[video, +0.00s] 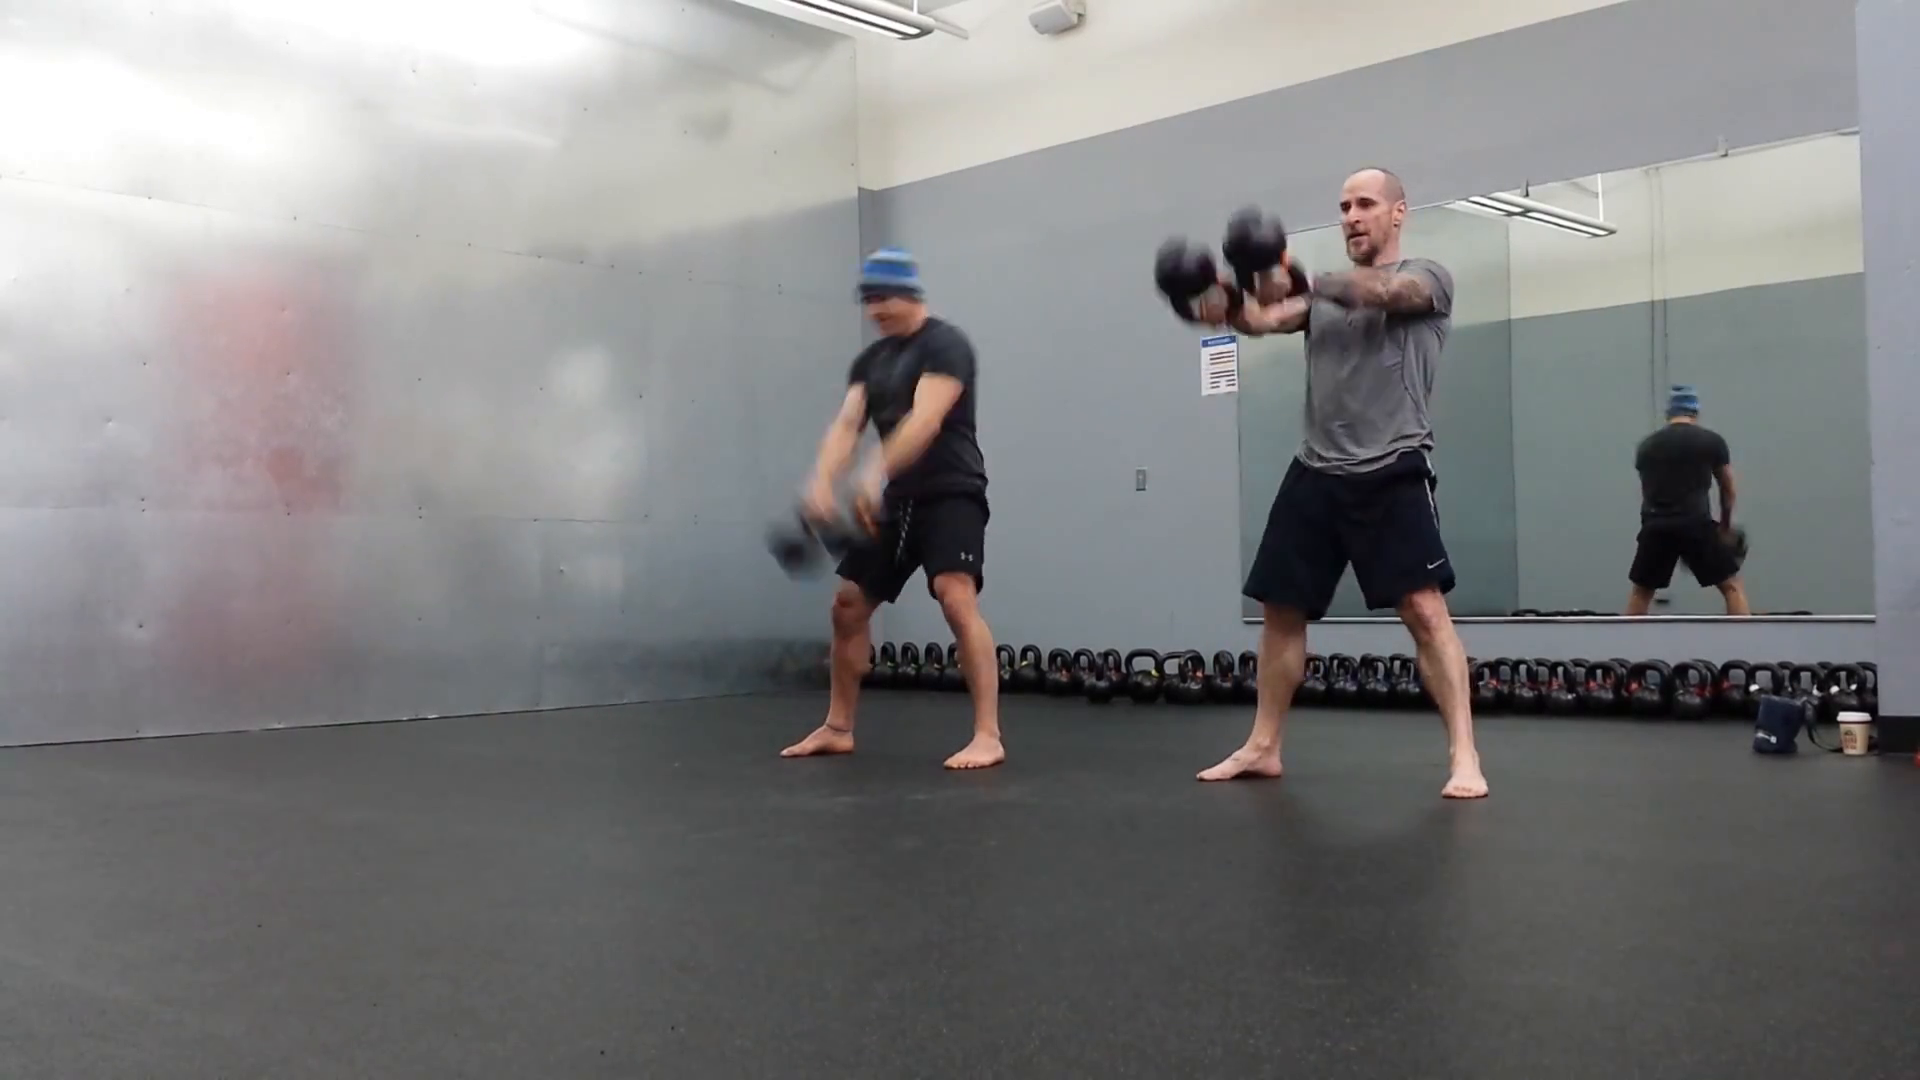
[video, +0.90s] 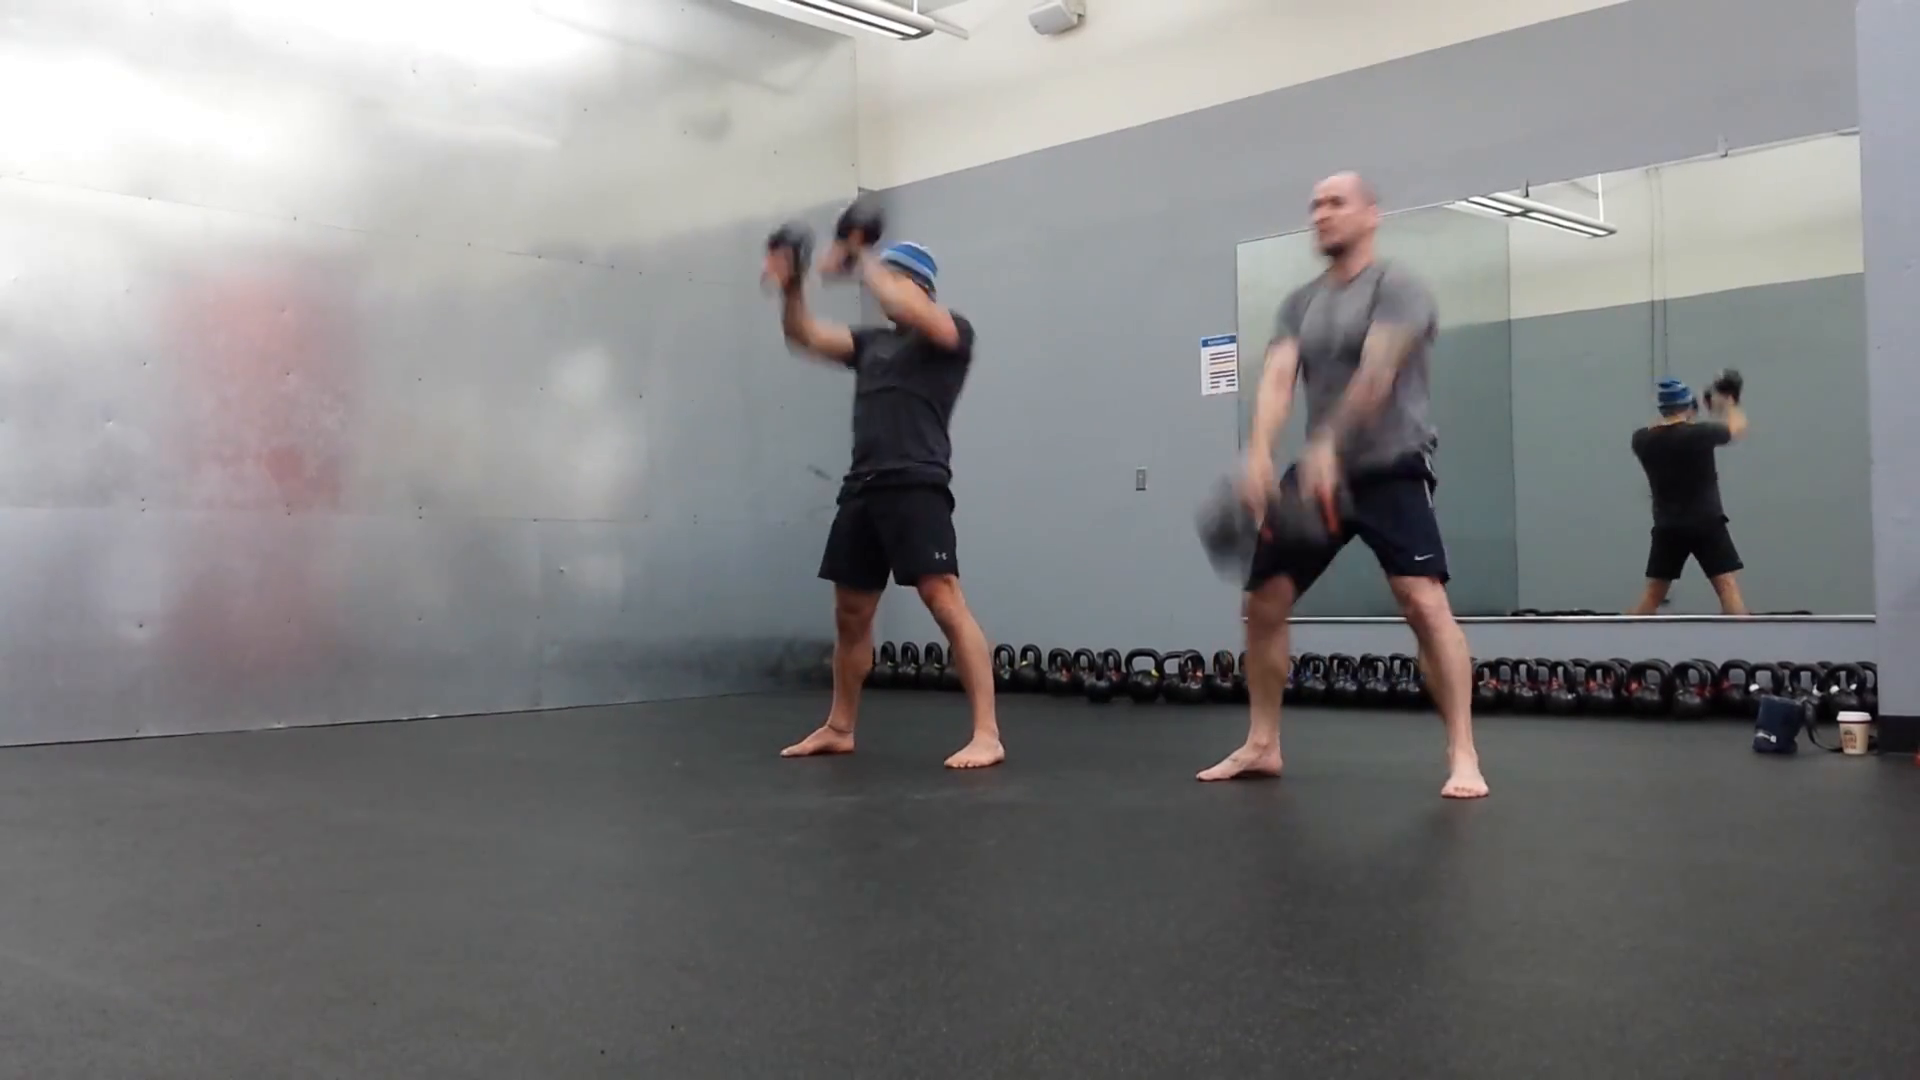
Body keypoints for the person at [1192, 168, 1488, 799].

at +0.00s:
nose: (1351, 217)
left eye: (1364, 204)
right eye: (1345, 208)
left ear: (1399, 212)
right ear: (1339, 222)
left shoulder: (1430, 278)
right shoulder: (1328, 290)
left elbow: (1385, 293)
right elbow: (1262, 316)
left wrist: (1307, 281)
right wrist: (1211, 299)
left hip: (1393, 472)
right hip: (1315, 474)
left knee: (1426, 613)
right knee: (1281, 608)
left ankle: (1464, 756)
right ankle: (1263, 745)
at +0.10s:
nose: (1347, 219)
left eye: (1361, 207)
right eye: (1342, 210)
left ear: (1396, 215)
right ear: (1337, 222)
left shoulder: (1426, 279)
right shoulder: (1317, 290)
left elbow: (1386, 315)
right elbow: (1282, 333)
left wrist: (1314, 336)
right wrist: (1237, 355)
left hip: (1398, 472)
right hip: (1320, 476)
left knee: (1430, 607)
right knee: (1274, 602)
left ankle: (1466, 756)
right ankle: (1262, 744)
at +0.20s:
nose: (1334, 228)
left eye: (1347, 215)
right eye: (1327, 217)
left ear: (1381, 221)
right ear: (1320, 228)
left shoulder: (1414, 288)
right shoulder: (1307, 299)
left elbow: (1377, 355)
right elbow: (1275, 368)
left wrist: (1320, 409)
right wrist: (1250, 429)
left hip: (1403, 481)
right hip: (1322, 484)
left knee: (1441, 602)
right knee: (1263, 605)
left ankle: (1467, 755)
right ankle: (1261, 744)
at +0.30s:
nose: (1297, 252)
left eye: (1310, 239)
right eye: (1292, 242)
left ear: (1347, 241)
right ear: (1288, 251)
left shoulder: (1388, 316)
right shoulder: (1281, 333)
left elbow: (1371, 422)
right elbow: (1277, 429)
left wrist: (1340, 509)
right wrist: (1281, 520)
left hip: (1401, 488)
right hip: (1326, 492)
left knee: (1445, 601)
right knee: (1246, 606)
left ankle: (1467, 756)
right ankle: (1261, 744)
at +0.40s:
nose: (1253, 309)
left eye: (1265, 295)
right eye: (1247, 298)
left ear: (1300, 297)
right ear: (1244, 310)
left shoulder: (1353, 373)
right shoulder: (1251, 394)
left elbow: (1368, 489)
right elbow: (1276, 491)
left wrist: (1371, 586)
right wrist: (1310, 580)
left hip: (1398, 507)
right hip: (1323, 512)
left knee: (1434, 610)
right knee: (1230, 612)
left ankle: (1464, 758)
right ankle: (1260, 746)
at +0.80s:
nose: (1272, 261)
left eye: (1286, 250)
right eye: (1268, 252)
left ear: (1322, 258)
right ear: (1267, 269)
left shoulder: (1368, 344)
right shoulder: (1263, 358)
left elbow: (1372, 455)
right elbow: (1273, 457)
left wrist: (1358, 548)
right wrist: (1288, 546)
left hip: (1391, 493)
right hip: (1314, 498)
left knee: (1435, 603)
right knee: (1232, 606)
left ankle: (1463, 755)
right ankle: (1260, 744)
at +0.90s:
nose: (1320, 215)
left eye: (1334, 203)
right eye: (1315, 207)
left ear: (1372, 214)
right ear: (1312, 222)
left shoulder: (1401, 290)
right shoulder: (1302, 302)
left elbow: (1375, 375)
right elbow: (1276, 380)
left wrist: (1327, 444)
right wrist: (1258, 454)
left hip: (1393, 472)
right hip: (1319, 472)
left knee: (1424, 602)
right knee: (1264, 602)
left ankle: (1463, 754)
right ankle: (1262, 743)